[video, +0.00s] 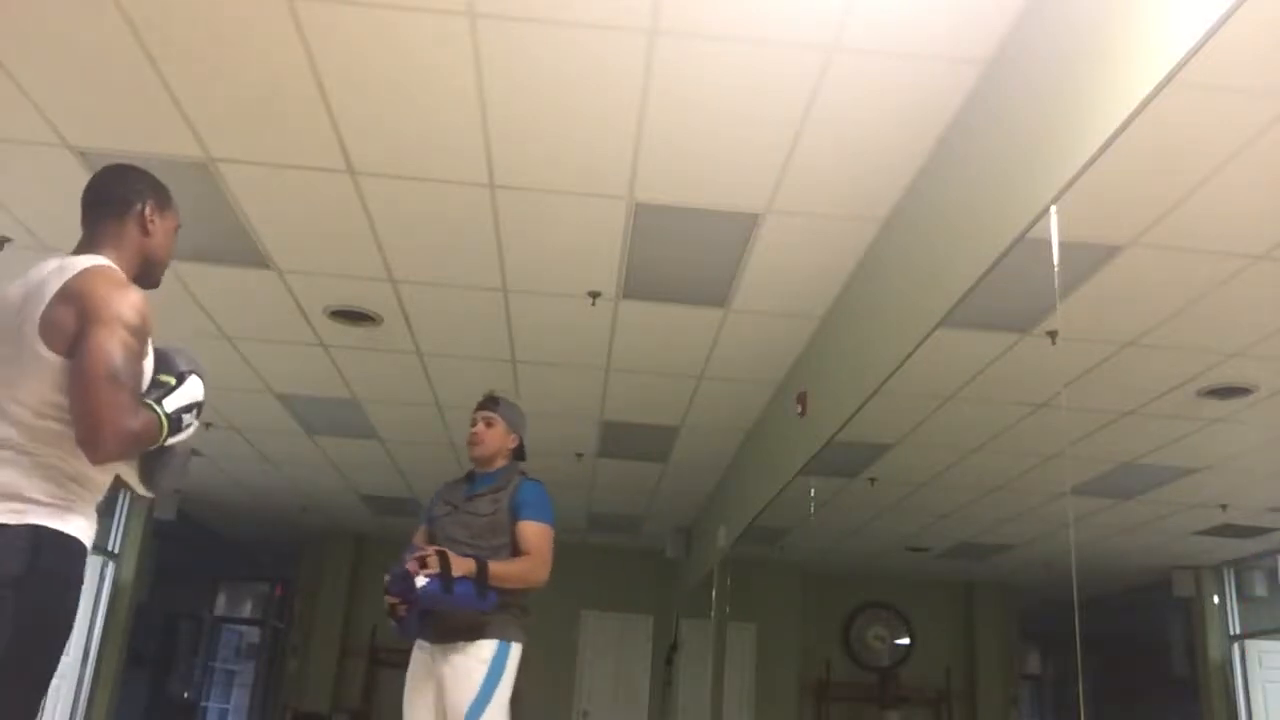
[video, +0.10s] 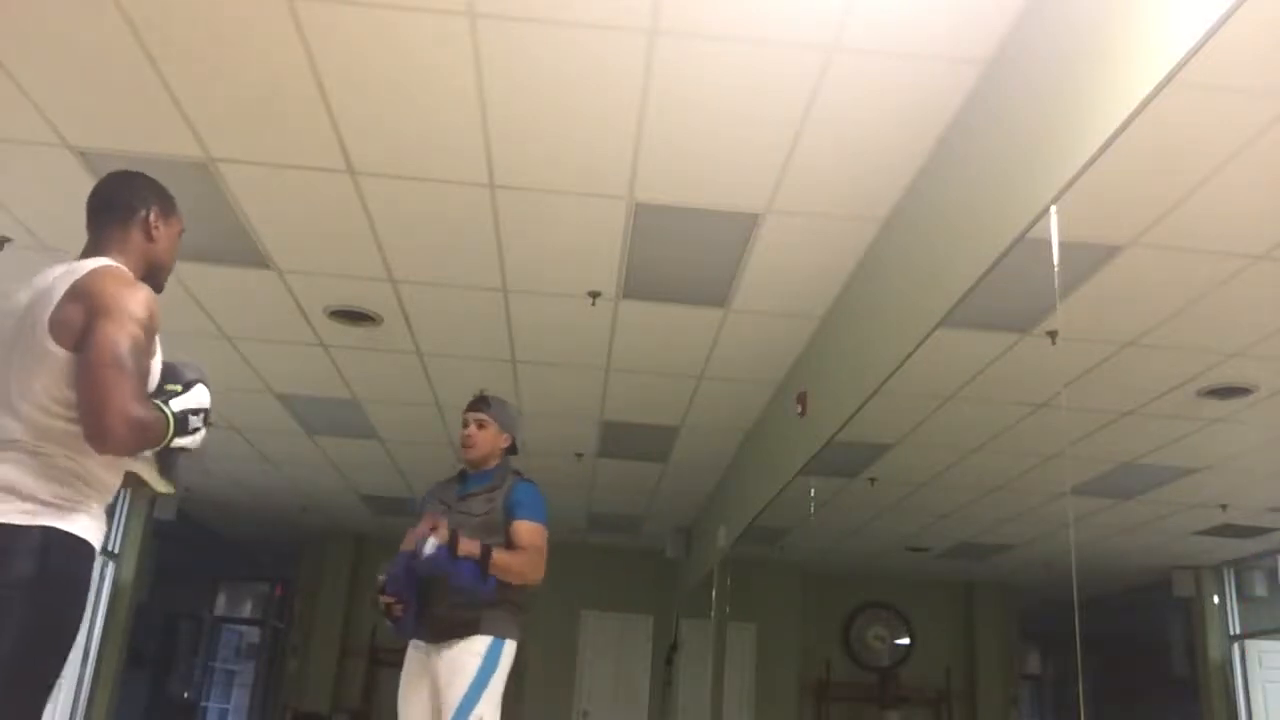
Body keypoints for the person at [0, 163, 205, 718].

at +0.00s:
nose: (172, 251)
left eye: (174, 234)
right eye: (172, 231)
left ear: (92, 219)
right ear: (146, 217)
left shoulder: (29, 282)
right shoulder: (113, 293)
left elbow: (34, 413)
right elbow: (106, 436)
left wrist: (137, 395)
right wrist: (171, 413)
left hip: (3, 526)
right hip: (36, 539)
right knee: (14, 704)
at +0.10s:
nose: (175, 255)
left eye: (177, 239)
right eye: (176, 235)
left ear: (102, 224)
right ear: (151, 222)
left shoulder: (42, 286)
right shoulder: (121, 292)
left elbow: (44, 411)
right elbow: (114, 429)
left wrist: (145, 398)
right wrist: (174, 416)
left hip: (9, 524)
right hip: (43, 538)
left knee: (15, 702)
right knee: (17, 705)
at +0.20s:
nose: (181, 260)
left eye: (184, 245)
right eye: (182, 241)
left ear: (108, 233)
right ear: (157, 231)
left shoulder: (52, 296)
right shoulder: (130, 292)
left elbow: (47, 422)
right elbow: (122, 420)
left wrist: (141, 456)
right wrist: (178, 419)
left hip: (15, 533)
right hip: (56, 544)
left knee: (21, 699)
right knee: (31, 704)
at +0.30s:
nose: (188, 270)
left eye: (192, 255)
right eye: (190, 252)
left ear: (115, 239)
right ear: (166, 238)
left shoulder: (67, 300)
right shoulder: (133, 291)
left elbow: (54, 432)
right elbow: (127, 413)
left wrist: (146, 468)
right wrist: (182, 421)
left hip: (21, 537)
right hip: (62, 545)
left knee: (28, 703)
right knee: (56, 703)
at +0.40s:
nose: (195, 277)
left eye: (200, 261)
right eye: (198, 258)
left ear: (123, 243)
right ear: (173, 243)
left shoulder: (75, 303)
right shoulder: (136, 292)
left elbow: (67, 433)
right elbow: (129, 413)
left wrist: (153, 462)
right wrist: (187, 419)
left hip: (22, 537)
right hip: (68, 544)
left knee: (33, 702)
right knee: (78, 705)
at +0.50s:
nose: (202, 274)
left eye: (206, 259)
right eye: (205, 256)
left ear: (131, 242)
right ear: (181, 243)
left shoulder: (96, 295)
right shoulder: (140, 291)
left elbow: (76, 439)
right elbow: (131, 415)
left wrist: (159, 464)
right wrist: (194, 416)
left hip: (26, 538)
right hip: (73, 540)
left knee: (39, 705)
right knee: (96, 705)